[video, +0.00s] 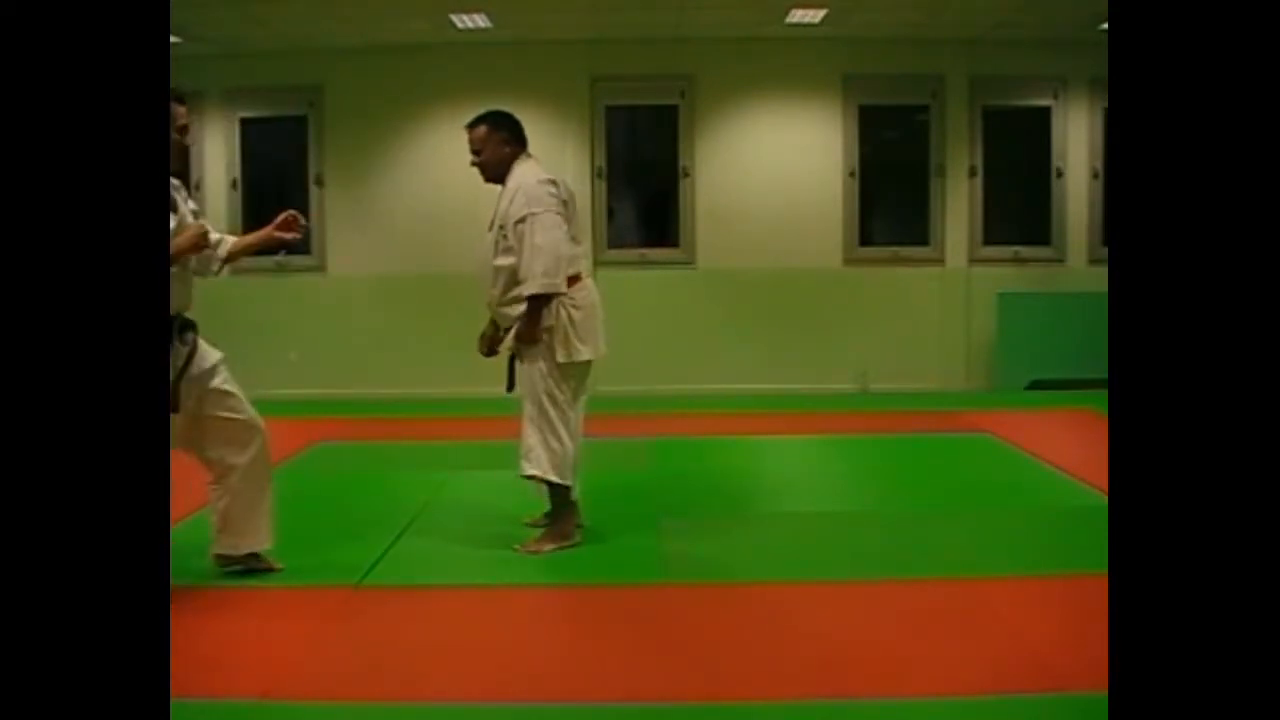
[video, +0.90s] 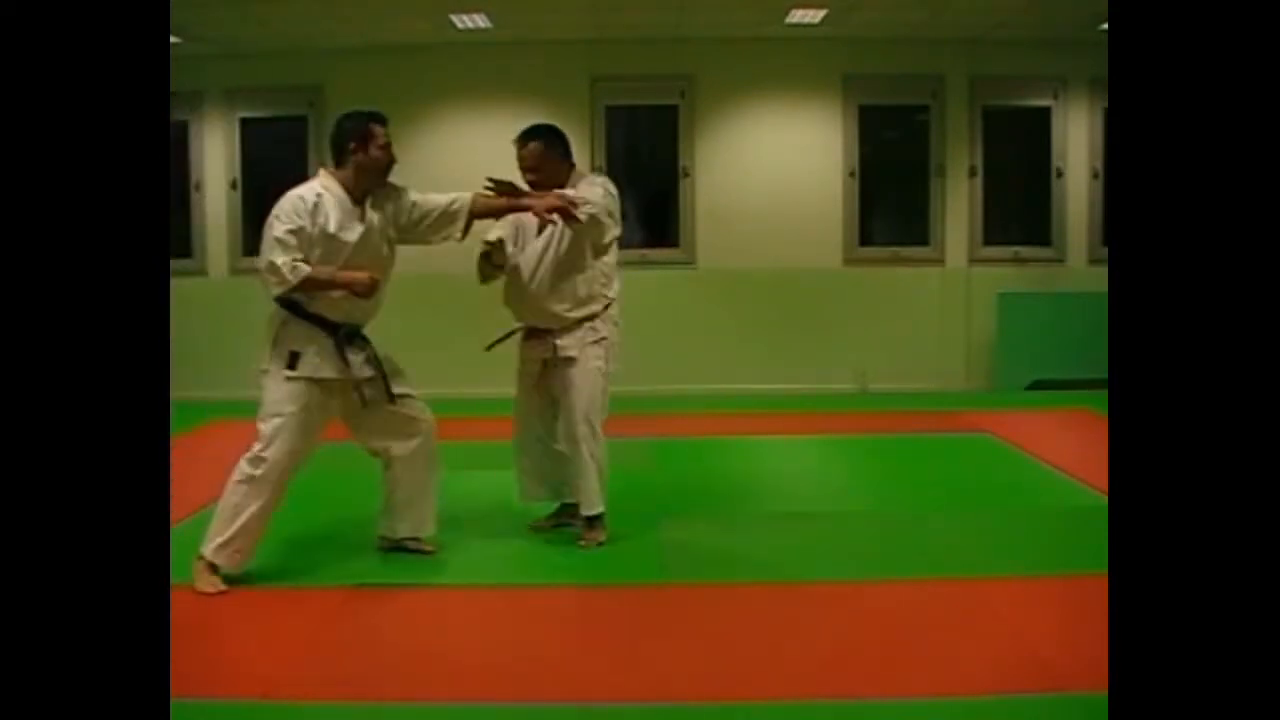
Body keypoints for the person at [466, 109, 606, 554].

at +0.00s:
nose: (475, 161)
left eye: (480, 151)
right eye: (473, 152)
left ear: (508, 147)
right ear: (503, 150)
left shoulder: (531, 188)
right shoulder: (517, 189)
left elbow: (545, 260)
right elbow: (515, 267)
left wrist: (530, 318)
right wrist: (495, 322)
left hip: (557, 315)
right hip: (547, 314)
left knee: (550, 412)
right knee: (548, 412)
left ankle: (563, 518)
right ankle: (558, 506)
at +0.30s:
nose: (488, 164)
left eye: (494, 153)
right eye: (486, 155)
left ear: (521, 150)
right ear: (518, 153)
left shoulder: (544, 190)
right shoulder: (528, 192)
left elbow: (516, 261)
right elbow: (511, 263)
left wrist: (487, 314)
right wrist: (493, 316)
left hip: (566, 316)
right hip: (549, 317)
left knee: (550, 416)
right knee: (546, 415)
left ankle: (562, 518)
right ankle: (559, 509)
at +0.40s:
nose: (493, 166)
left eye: (498, 156)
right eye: (491, 158)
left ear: (528, 153)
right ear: (522, 156)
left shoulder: (550, 193)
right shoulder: (530, 197)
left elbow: (518, 250)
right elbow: (521, 272)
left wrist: (472, 273)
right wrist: (490, 323)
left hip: (572, 319)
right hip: (550, 321)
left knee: (552, 419)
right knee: (545, 416)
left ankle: (560, 521)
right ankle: (567, 506)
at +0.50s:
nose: (500, 168)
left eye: (507, 159)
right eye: (498, 160)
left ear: (535, 154)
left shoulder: (557, 187)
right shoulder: (526, 202)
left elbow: (504, 225)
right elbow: (498, 273)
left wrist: (459, 221)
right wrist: (448, 297)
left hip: (581, 320)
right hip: (552, 325)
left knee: (562, 418)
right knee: (546, 419)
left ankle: (565, 519)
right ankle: (563, 511)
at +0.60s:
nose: (507, 169)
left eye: (514, 159)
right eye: (504, 161)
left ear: (541, 156)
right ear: (516, 160)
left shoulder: (566, 188)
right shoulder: (527, 199)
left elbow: (507, 208)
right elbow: (492, 256)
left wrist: (456, 186)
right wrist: (427, 267)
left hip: (584, 322)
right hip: (548, 328)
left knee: (566, 415)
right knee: (546, 418)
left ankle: (569, 516)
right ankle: (559, 508)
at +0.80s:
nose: (526, 173)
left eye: (532, 163)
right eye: (520, 167)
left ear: (557, 159)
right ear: (517, 169)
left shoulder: (590, 188)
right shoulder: (519, 206)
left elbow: (554, 199)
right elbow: (493, 245)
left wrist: (502, 176)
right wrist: (449, 239)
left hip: (585, 324)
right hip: (538, 329)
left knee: (572, 411)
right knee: (541, 419)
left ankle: (592, 511)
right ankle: (568, 505)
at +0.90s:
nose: (529, 179)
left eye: (535, 169)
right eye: (524, 171)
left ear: (560, 161)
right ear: (520, 171)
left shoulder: (597, 190)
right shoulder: (519, 212)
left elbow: (581, 215)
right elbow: (489, 271)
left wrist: (523, 199)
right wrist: (491, 252)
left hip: (585, 330)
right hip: (538, 333)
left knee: (579, 425)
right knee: (540, 426)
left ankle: (593, 514)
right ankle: (567, 504)